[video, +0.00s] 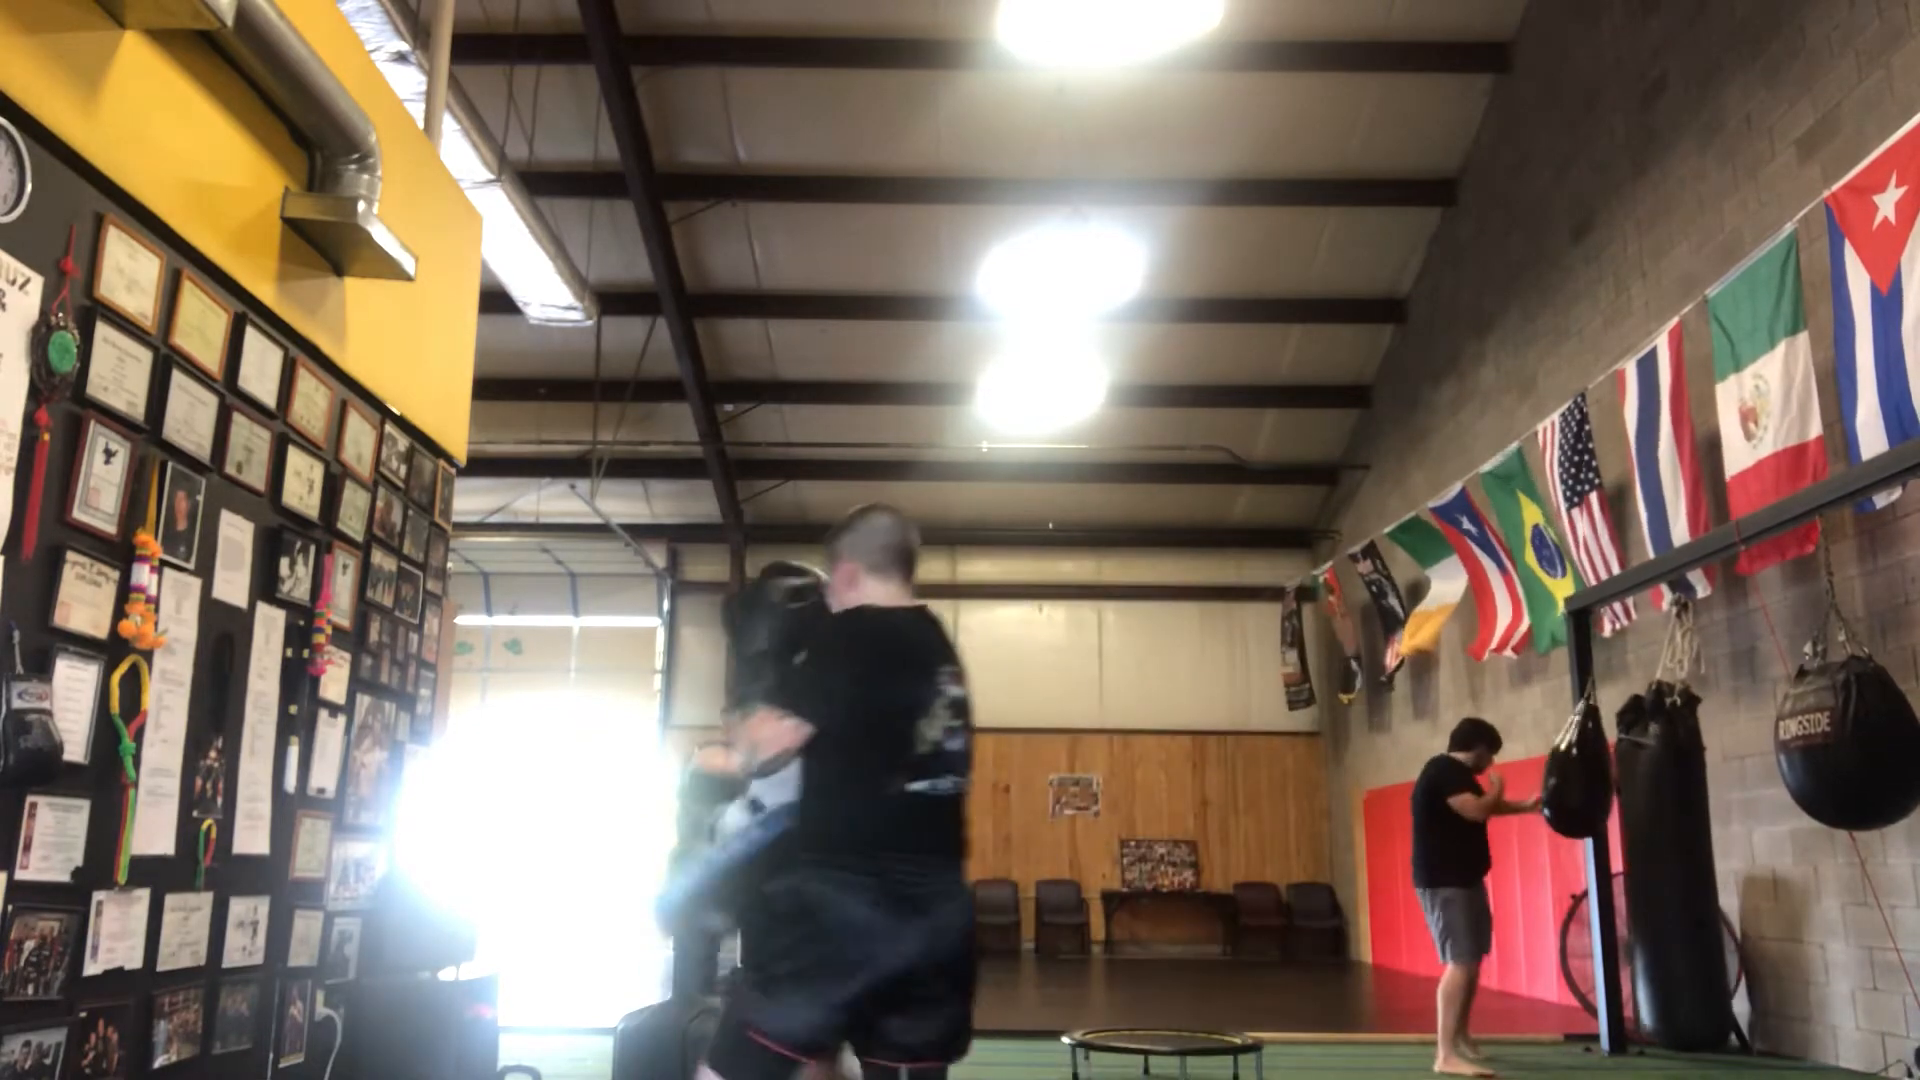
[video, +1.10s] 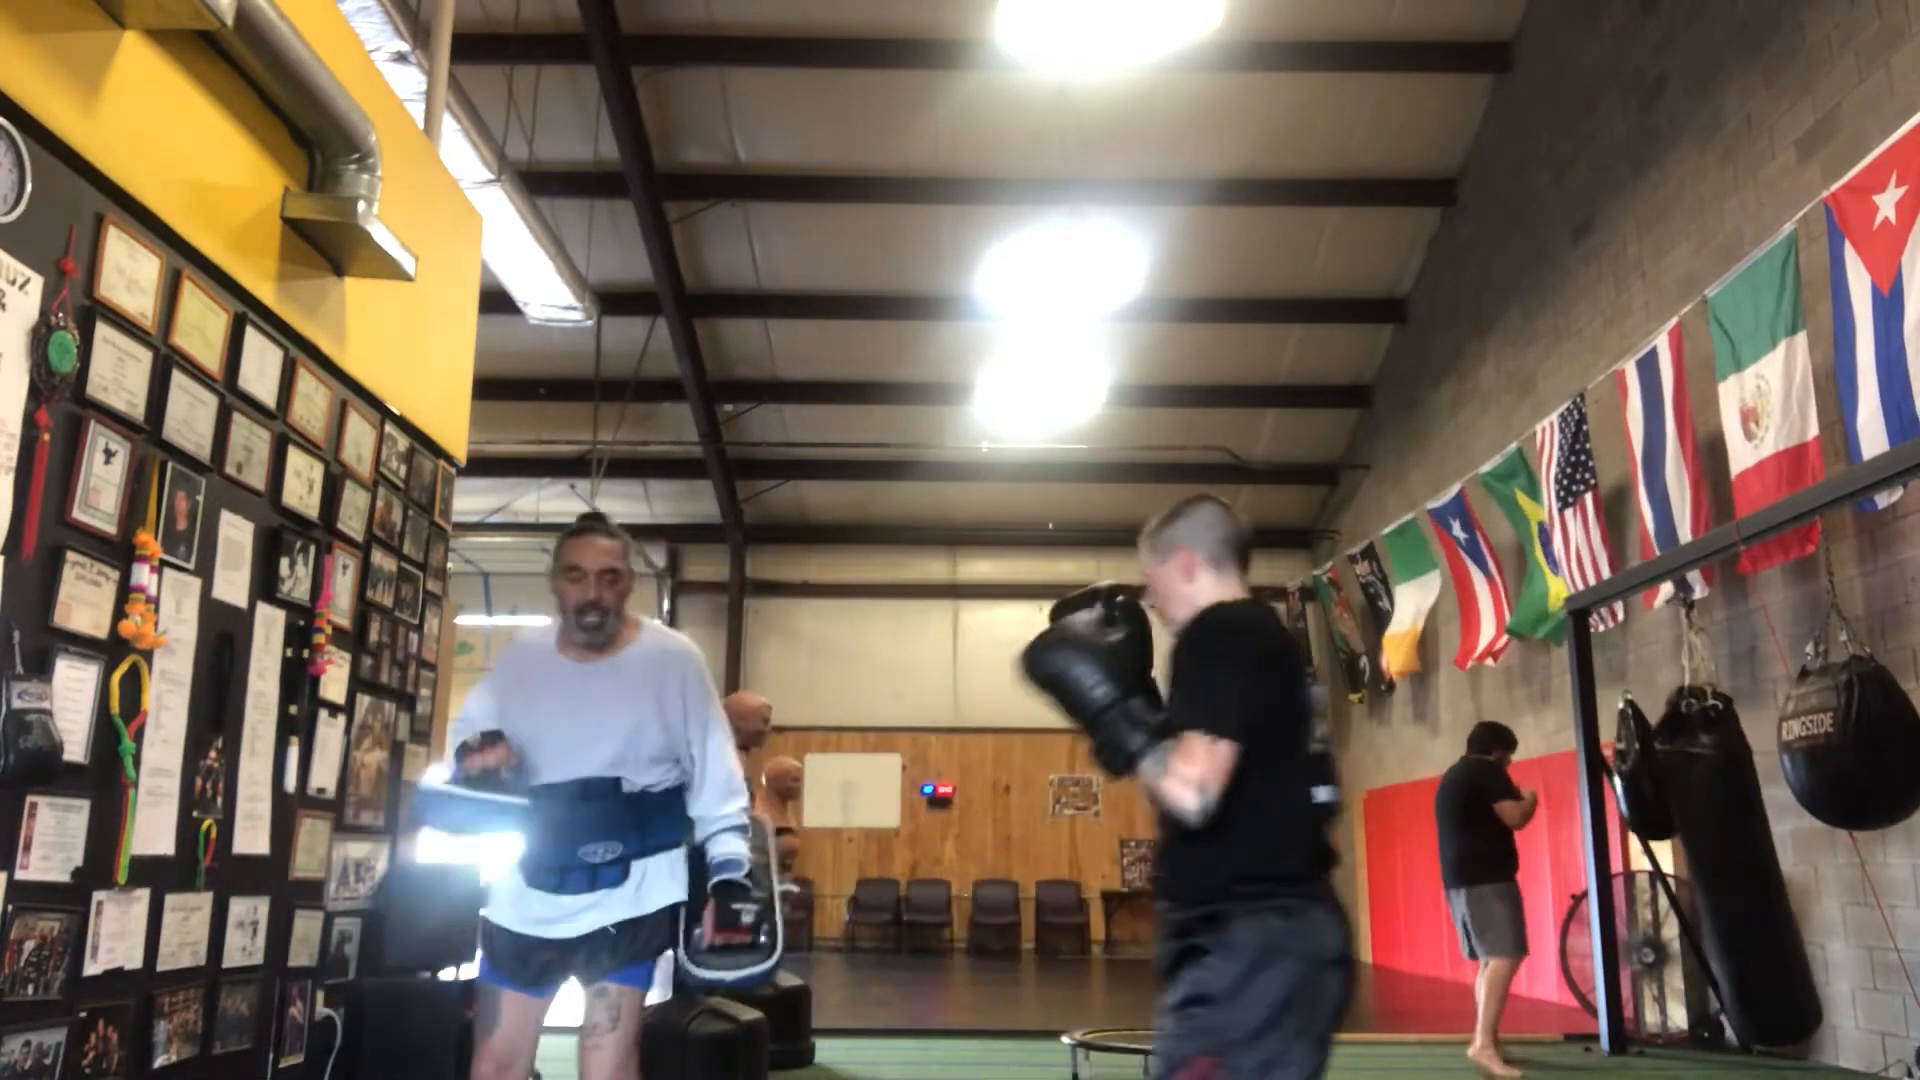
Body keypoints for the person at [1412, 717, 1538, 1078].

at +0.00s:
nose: (1489, 762)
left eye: (1491, 756)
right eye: (1488, 754)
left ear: (1465, 745)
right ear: (1474, 748)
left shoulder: (1463, 777)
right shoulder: (1442, 770)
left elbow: (1490, 808)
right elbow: (1473, 810)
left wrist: (1531, 805)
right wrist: (1496, 791)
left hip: (1467, 881)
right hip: (1444, 883)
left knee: (1471, 961)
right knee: (1460, 963)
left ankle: (1460, 1040)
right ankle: (1446, 1054)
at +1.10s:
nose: (1506, 763)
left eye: (1508, 758)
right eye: (1506, 757)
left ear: (1473, 748)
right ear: (1495, 752)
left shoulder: (1453, 776)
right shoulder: (1485, 772)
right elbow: (1515, 817)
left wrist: (1516, 799)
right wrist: (1530, 800)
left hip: (1462, 880)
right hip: (1486, 878)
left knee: (1488, 960)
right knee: (1505, 954)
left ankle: (1485, 1043)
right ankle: (1483, 1044)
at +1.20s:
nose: (1510, 762)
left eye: (1511, 757)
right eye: (1510, 757)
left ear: (1475, 748)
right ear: (1501, 752)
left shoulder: (1450, 775)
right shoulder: (1495, 768)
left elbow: (1468, 821)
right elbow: (1520, 807)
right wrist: (1547, 820)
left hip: (1459, 879)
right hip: (1491, 877)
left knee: (1486, 961)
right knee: (1511, 956)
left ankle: (1486, 1041)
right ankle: (1484, 1043)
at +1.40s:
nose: (1515, 765)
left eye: (1514, 761)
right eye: (1514, 760)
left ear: (1477, 754)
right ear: (1510, 757)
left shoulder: (1449, 777)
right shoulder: (1512, 775)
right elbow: (1559, 808)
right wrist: (1602, 814)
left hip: (1460, 880)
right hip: (1495, 878)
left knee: (1499, 960)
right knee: (1507, 960)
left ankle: (1490, 1040)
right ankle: (1479, 1049)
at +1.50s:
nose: (1519, 764)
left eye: (1518, 759)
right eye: (1518, 759)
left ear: (1482, 752)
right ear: (1512, 756)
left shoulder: (1463, 778)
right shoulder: (1507, 776)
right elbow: (1550, 811)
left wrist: (1570, 815)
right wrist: (1584, 814)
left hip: (1462, 882)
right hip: (1492, 882)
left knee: (1508, 961)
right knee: (1513, 959)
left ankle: (1482, 1043)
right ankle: (1481, 1048)